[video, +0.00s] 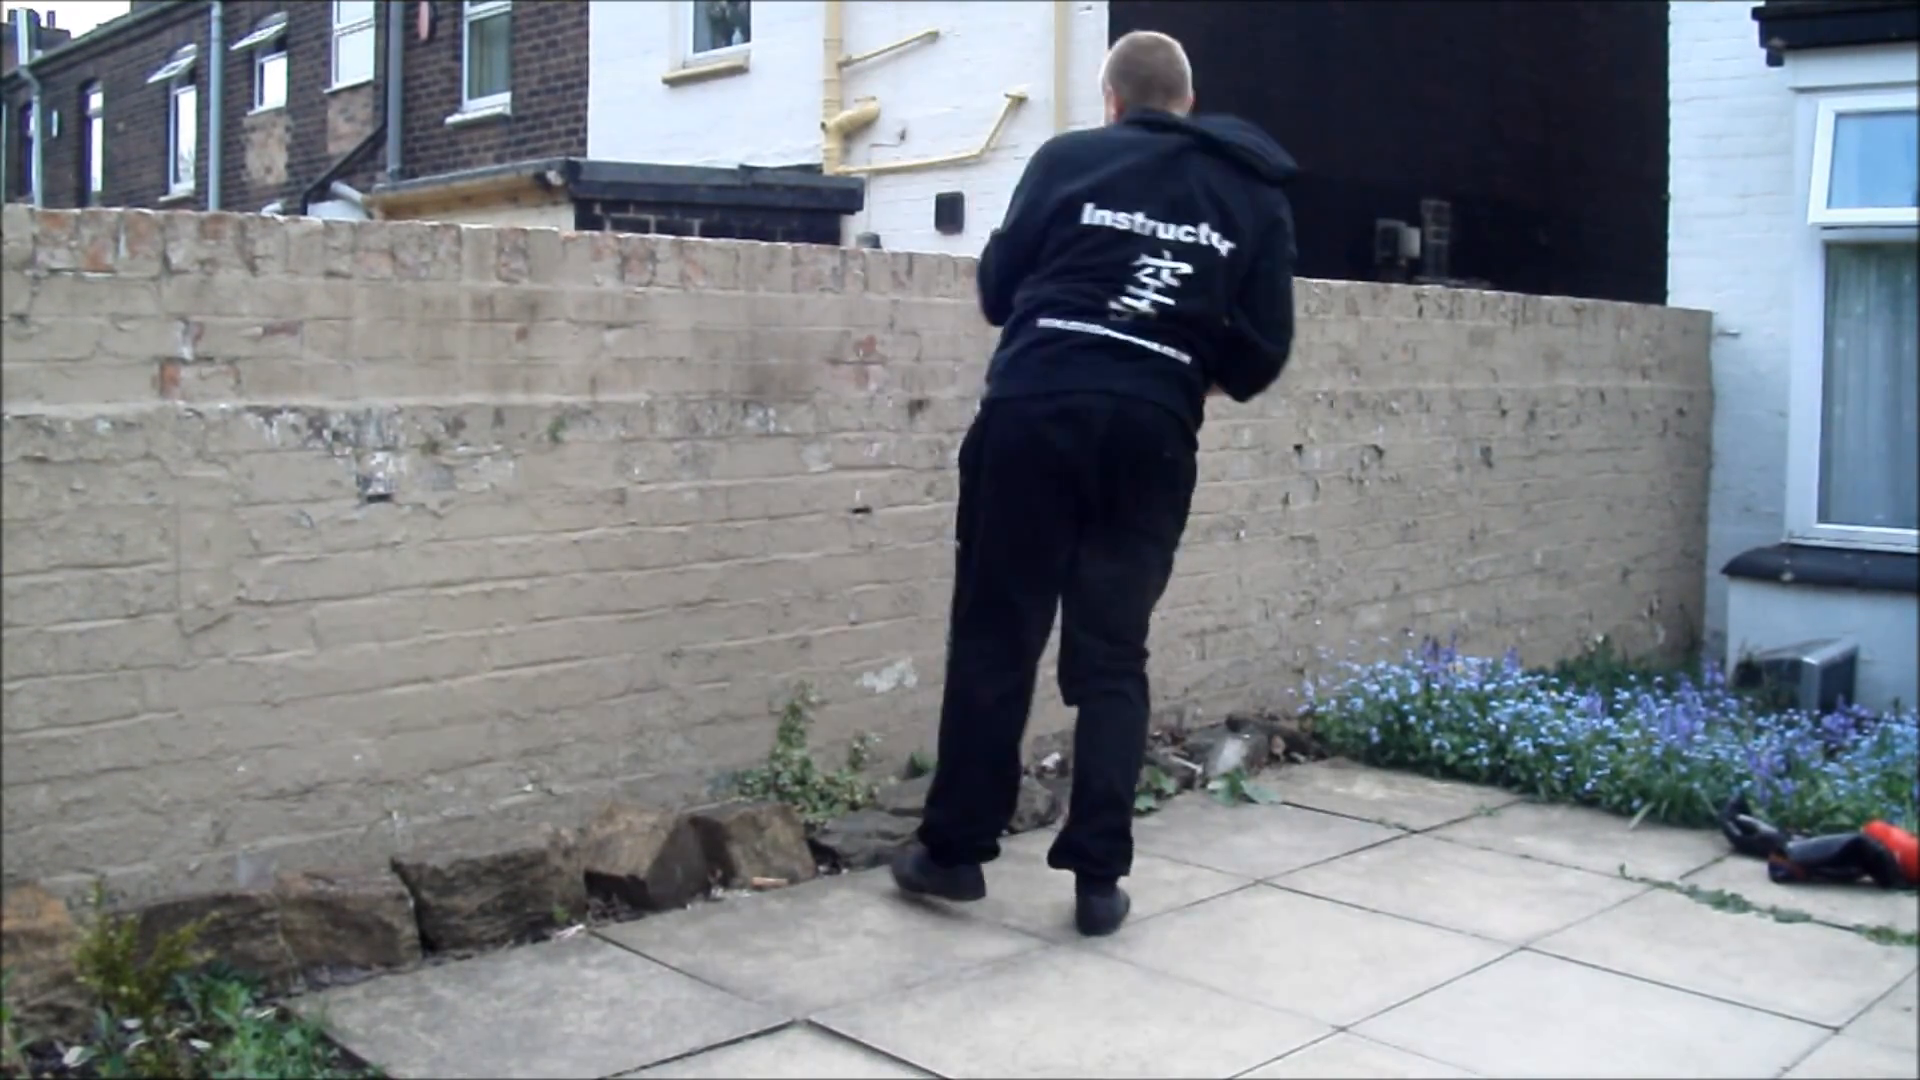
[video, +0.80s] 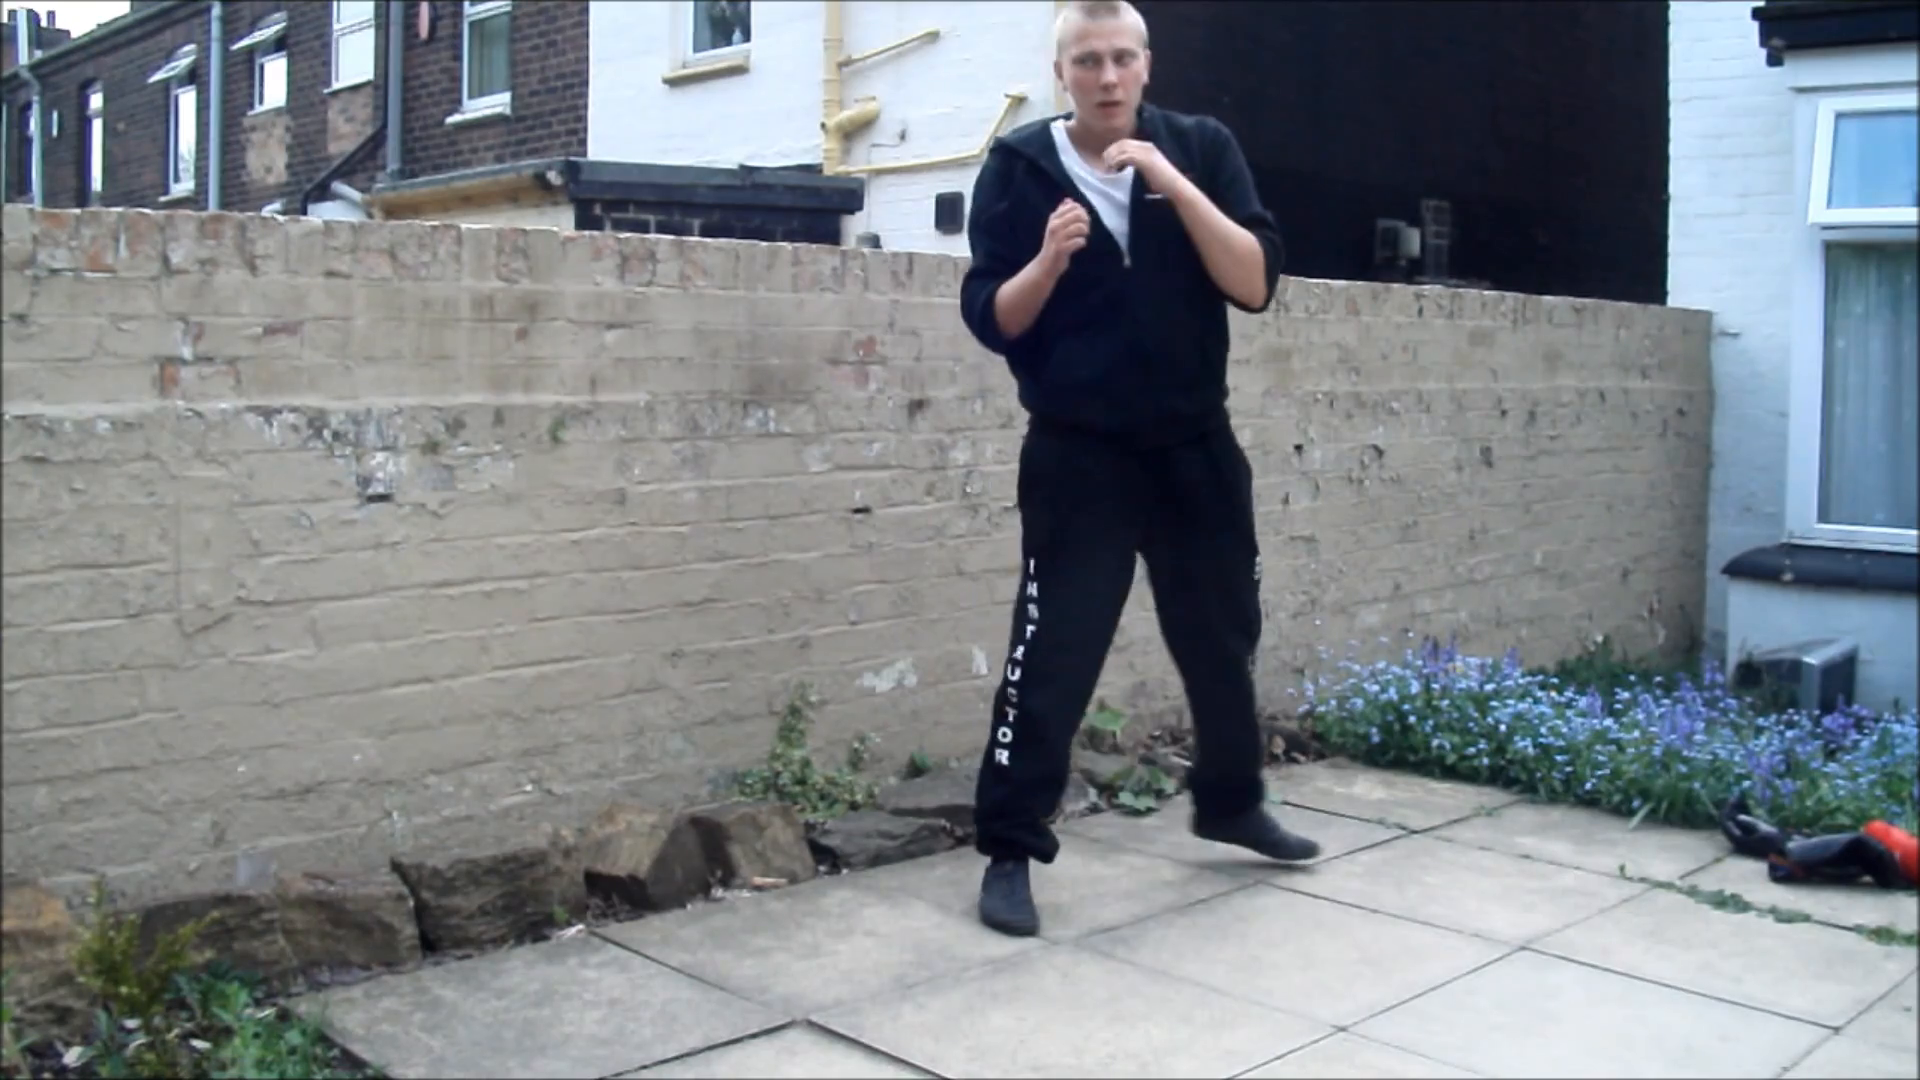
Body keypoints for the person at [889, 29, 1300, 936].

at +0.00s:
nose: (1102, 108)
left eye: (1102, 97)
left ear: (1110, 99)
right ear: (1195, 102)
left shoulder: (1066, 156)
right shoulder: (1255, 193)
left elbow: (998, 289)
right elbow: (1259, 357)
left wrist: (1077, 301)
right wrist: (1183, 346)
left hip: (1032, 407)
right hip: (1153, 425)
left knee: (992, 638)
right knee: (1112, 656)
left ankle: (952, 857)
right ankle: (1098, 882)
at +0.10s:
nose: (1183, 87)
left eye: (1171, 74)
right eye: (1180, 76)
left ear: (1092, 88)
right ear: (1172, 80)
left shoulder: (1035, 160)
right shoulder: (1201, 165)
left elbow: (1025, 271)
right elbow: (1221, 328)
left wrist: (1098, 315)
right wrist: (1155, 349)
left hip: (1013, 414)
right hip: (1128, 421)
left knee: (998, 642)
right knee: (1117, 659)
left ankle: (981, 855)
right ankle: (1100, 883)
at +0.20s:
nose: (1178, 101)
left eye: (1177, 85)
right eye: (1172, 83)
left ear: (1094, 81)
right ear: (1133, 80)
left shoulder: (1039, 160)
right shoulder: (1121, 164)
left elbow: (1111, 268)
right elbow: (1186, 314)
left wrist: (1176, 194)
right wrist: (1213, 252)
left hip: (1004, 438)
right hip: (1093, 448)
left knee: (1012, 653)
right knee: (1118, 670)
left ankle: (988, 858)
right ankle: (1102, 884)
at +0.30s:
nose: (1167, 72)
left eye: (1165, 55)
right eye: (1152, 50)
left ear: (1099, 62)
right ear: (1093, 55)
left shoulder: (1090, 152)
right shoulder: (1053, 149)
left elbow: (1200, 260)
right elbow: (1132, 263)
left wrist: (1191, 162)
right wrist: (1175, 175)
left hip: (1039, 426)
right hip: (1077, 434)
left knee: (1033, 638)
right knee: (1117, 647)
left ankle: (986, 845)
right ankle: (1075, 862)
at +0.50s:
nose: (1108, 70)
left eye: (1113, 53)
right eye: (1086, 55)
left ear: (1122, 68)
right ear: (1034, 74)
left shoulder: (1137, 173)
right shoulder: (991, 166)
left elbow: (1227, 260)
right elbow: (1005, 287)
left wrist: (1165, 156)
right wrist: (1089, 186)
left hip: (1130, 445)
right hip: (1044, 444)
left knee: (1098, 653)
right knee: (1057, 652)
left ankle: (1035, 834)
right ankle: (991, 856)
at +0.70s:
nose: (1091, 67)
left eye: (1102, 48)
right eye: (1068, 54)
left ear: (1122, 58)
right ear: (1035, 71)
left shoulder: (1181, 157)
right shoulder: (997, 179)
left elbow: (1221, 308)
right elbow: (976, 335)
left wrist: (1155, 221)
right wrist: (1035, 272)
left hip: (1170, 457)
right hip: (1057, 462)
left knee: (1199, 630)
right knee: (1030, 668)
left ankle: (1114, 793)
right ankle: (996, 857)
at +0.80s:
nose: (1109, 76)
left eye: (1123, 59)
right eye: (1090, 61)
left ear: (1148, 66)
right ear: (1060, 72)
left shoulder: (1203, 145)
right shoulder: (1019, 161)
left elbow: (1256, 285)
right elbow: (992, 321)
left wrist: (1177, 185)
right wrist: (1047, 261)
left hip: (1194, 446)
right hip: (1076, 451)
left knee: (1223, 636)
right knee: (1055, 651)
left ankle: (1229, 804)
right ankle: (1009, 856)